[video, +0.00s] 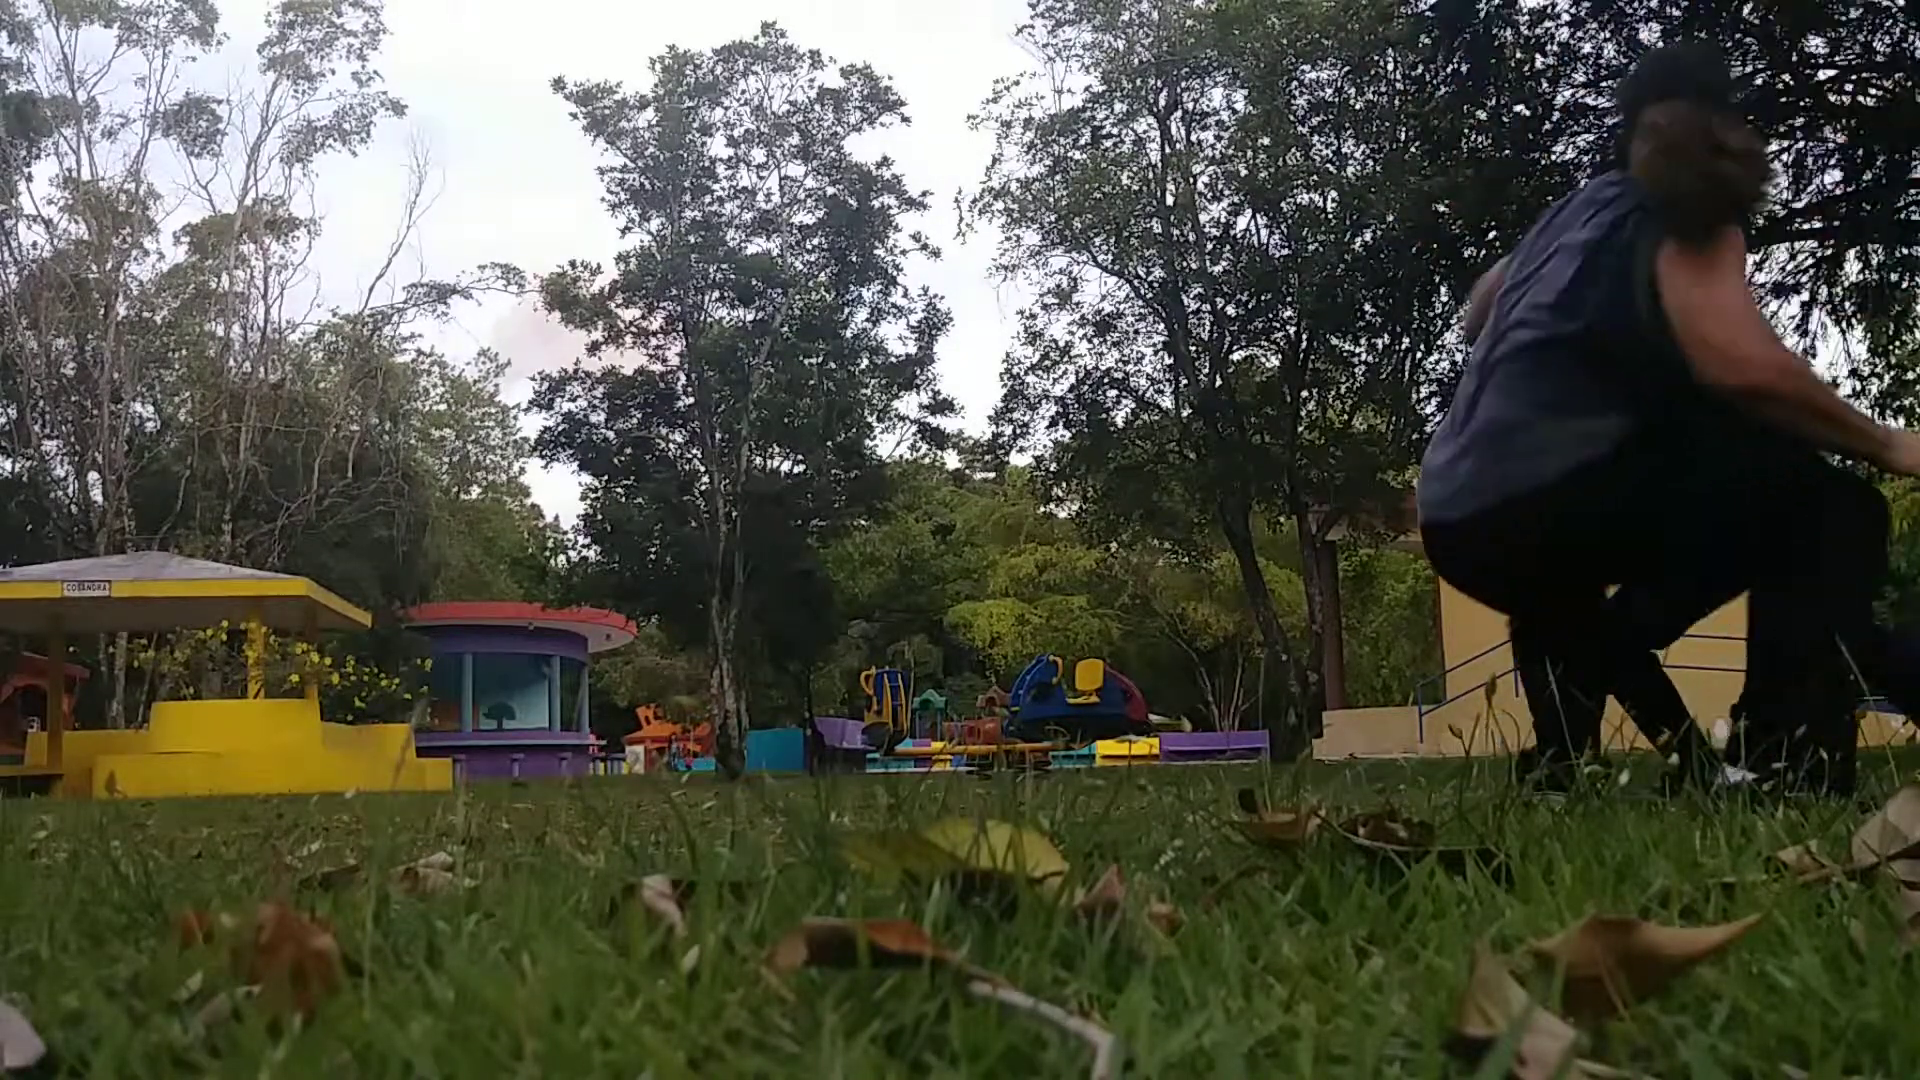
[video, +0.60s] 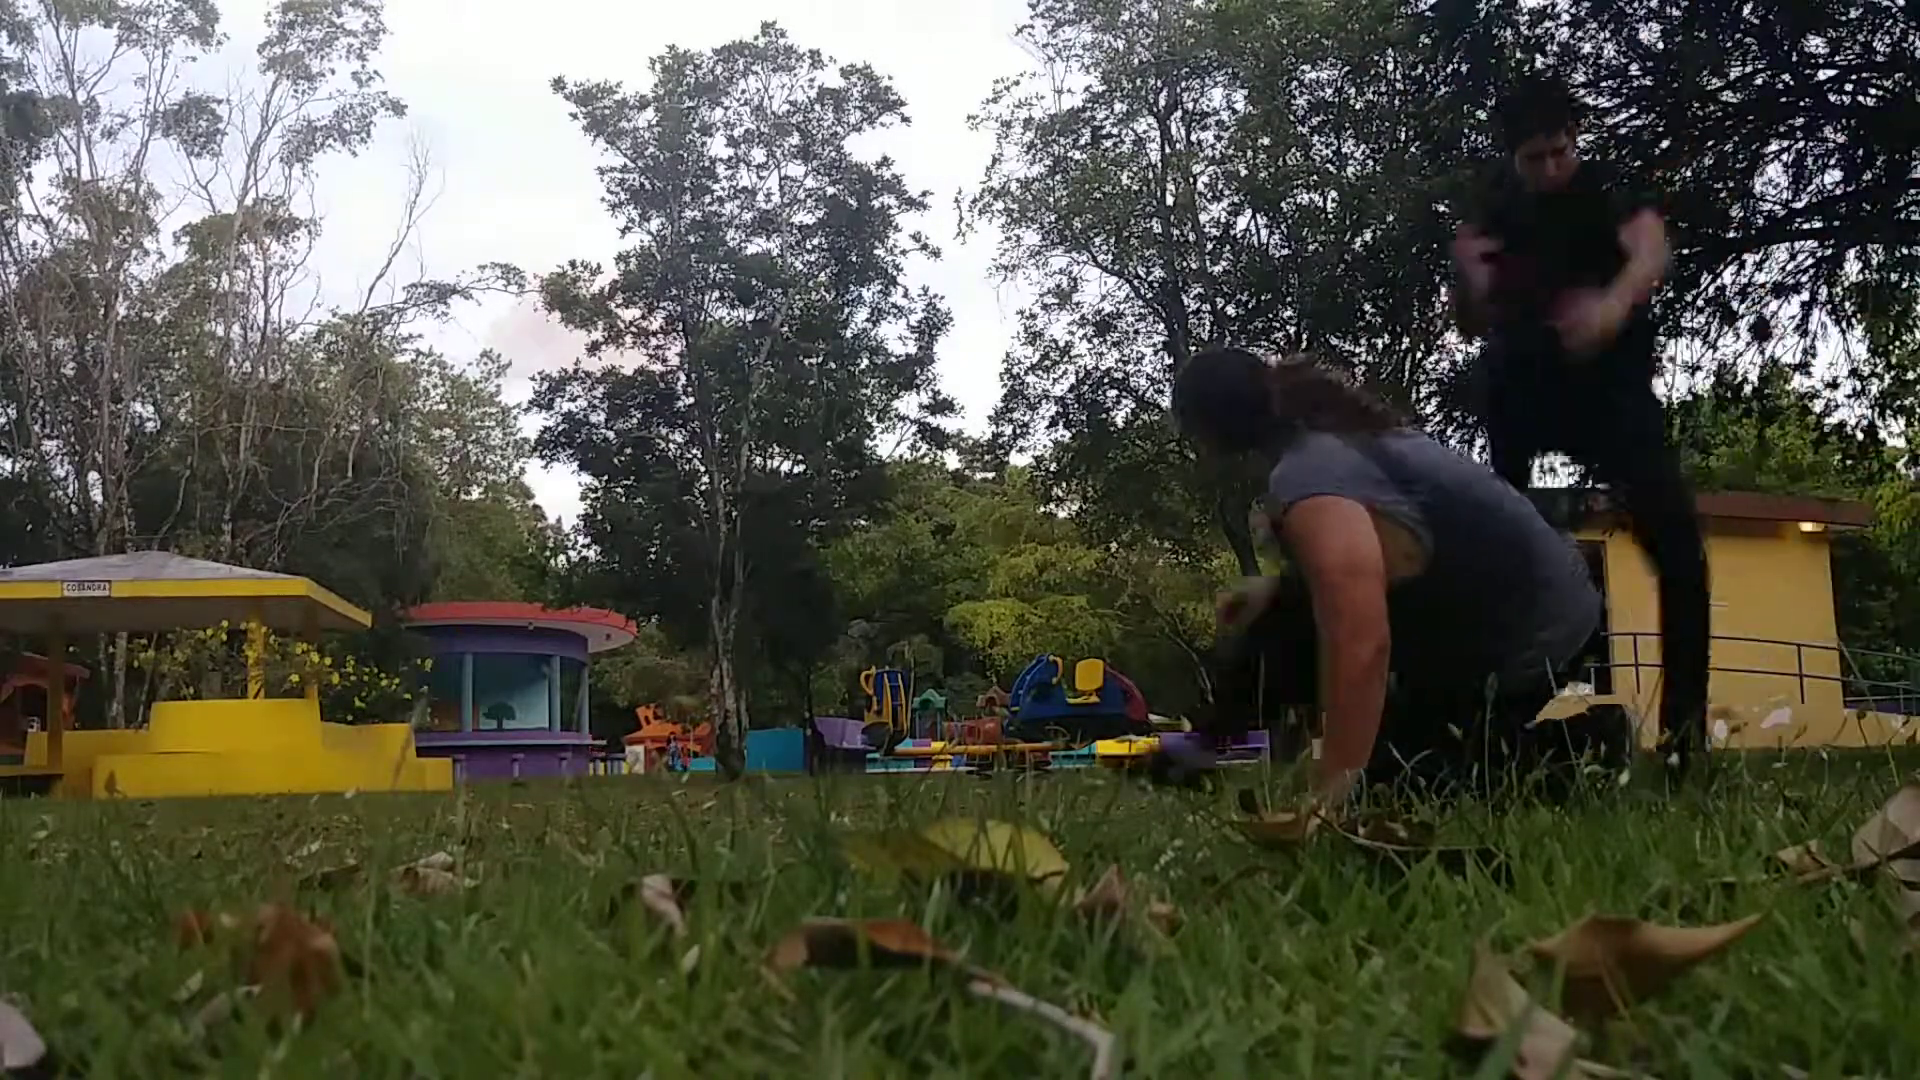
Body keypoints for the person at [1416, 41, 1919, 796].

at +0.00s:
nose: (1750, 143)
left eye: (1747, 126)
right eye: (1738, 124)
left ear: (1627, 128)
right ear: (1710, 127)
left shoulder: (1566, 218)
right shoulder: (1685, 200)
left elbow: (1480, 312)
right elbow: (1739, 362)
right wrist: (1885, 442)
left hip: (1456, 521)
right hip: (1565, 493)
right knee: (1836, 509)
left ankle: (1560, 767)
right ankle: (1789, 761)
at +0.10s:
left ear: (1496, 184)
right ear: (1593, 170)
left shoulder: (1444, 293)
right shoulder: (1657, 256)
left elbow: (1363, 440)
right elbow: (1774, 370)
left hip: (1502, 580)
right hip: (1651, 550)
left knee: (1488, 628)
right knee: (1881, 555)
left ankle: (1574, 745)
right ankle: (1796, 746)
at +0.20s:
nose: (1512, 208)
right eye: (1498, 197)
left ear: (1389, 246)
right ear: (1488, 218)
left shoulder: (1358, 359)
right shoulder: (1560, 300)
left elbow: (1315, 531)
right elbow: (1682, 382)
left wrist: (1265, 688)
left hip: (1544, 610)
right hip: (1691, 557)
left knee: (1416, 673)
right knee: (1872, 608)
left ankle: (1622, 755)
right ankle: (1899, 677)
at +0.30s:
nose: (1294, 343)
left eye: (1296, 326)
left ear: (1313, 332)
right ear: (1401, 292)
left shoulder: (1333, 419)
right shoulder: (1474, 356)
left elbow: (1318, 598)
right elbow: (1582, 406)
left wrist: (1309, 753)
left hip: (1528, 626)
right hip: (1649, 573)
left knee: (1373, 740)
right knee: (1798, 653)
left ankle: (1601, 745)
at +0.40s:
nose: (1231, 407)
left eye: (1228, 391)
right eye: (1228, 389)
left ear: (1244, 390)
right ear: (1303, 350)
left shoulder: (1296, 455)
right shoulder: (1390, 401)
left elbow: (1340, 624)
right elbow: (1501, 450)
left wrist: (1321, 787)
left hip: (1521, 648)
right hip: (1599, 595)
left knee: (1376, 781)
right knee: (1618, 672)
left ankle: (1591, 770)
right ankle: (1755, 729)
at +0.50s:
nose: (1200, 445)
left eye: (1195, 429)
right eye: (1194, 429)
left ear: (1212, 425)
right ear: (1262, 387)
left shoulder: (1288, 472)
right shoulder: (1342, 431)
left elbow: (1345, 633)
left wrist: (1321, 796)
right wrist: (1305, 630)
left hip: (1523, 647)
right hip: (1564, 619)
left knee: (1374, 784)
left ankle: (1589, 754)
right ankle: (1592, 747)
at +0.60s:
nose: (1198, 452)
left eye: (1196, 438)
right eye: (1192, 439)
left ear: (1213, 434)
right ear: (1264, 387)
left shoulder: (1309, 474)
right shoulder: (1333, 439)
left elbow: (1363, 645)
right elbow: (1373, 546)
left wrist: (1332, 790)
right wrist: (1276, 587)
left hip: (1531, 637)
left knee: (1395, 771)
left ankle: (1580, 745)